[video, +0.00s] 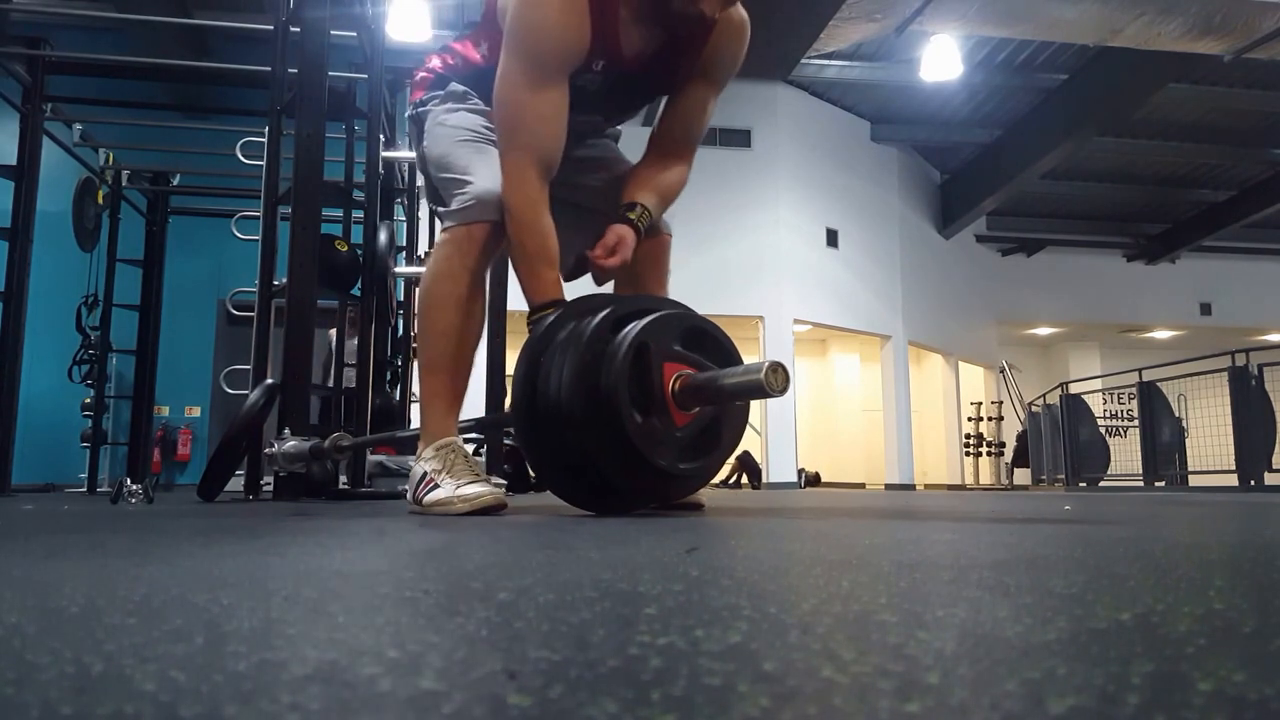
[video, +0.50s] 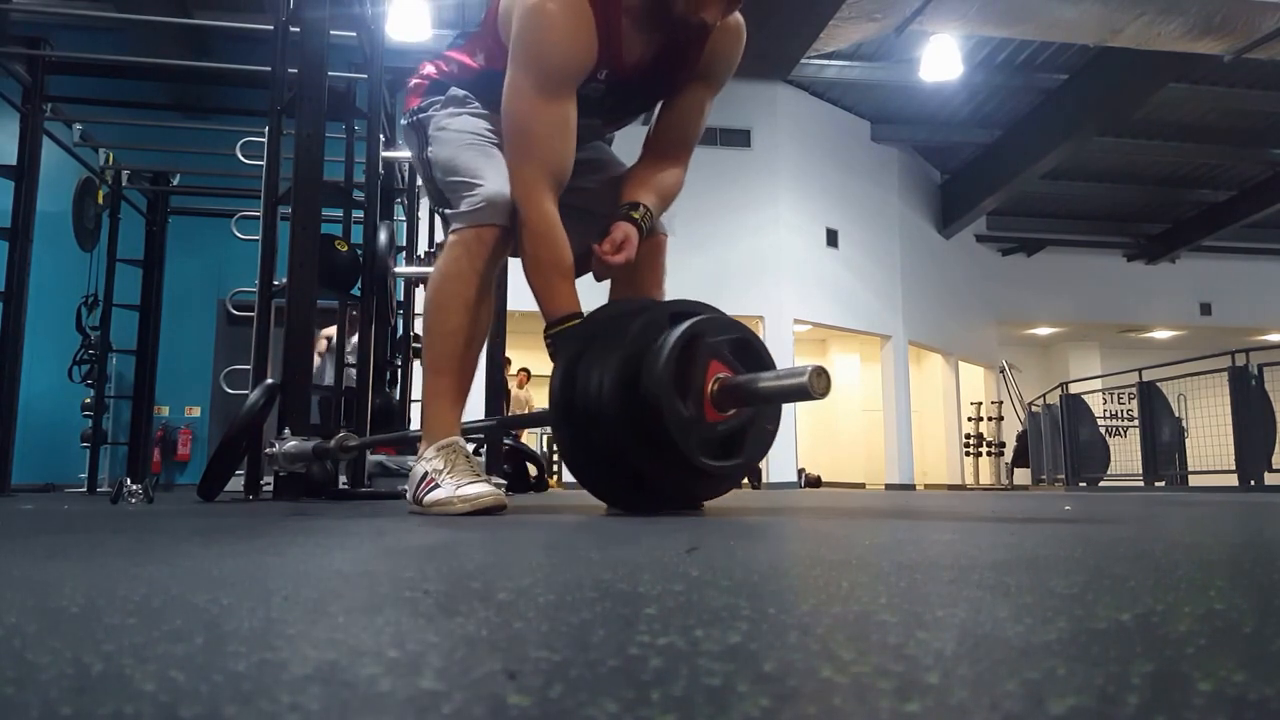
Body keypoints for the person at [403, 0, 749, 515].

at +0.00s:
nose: (717, 2)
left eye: (725, 1)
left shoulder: (727, 24)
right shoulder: (552, 10)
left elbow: (672, 153)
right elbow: (526, 168)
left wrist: (633, 217)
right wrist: (549, 321)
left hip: (579, 121)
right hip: (470, 95)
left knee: (650, 238)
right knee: (483, 211)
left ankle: (646, 455)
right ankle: (438, 454)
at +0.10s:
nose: (721, 5)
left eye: (730, 3)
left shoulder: (729, 27)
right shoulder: (557, 11)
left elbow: (673, 154)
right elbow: (531, 171)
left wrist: (635, 215)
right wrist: (554, 323)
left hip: (579, 122)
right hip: (471, 96)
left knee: (651, 237)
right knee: (488, 209)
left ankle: (646, 453)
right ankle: (438, 453)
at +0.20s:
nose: (722, 7)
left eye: (732, 3)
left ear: (740, 3)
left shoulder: (729, 29)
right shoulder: (558, 11)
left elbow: (672, 155)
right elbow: (533, 174)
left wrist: (635, 215)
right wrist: (558, 325)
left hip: (579, 122)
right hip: (471, 97)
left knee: (650, 238)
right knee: (490, 208)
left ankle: (647, 454)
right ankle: (439, 453)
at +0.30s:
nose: (722, 9)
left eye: (734, 3)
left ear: (742, 3)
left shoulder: (728, 31)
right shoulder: (559, 12)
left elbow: (671, 155)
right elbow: (535, 180)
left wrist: (635, 215)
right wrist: (561, 331)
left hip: (579, 124)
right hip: (471, 98)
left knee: (649, 238)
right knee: (490, 208)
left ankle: (646, 453)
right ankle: (439, 453)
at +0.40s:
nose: (720, 10)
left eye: (732, 3)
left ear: (739, 3)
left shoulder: (727, 31)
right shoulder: (558, 13)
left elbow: (670, 155)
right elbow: (535, 191)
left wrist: (634, 215)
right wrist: (566, 344)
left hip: (576, 121)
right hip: (468, 95)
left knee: (648, 240)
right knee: (490, 210)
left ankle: (643, 453)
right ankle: (439, 453)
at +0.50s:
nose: (718, 11)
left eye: (730, 3)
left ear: (738, 2)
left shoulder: (724, 32)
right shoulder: (558, 14)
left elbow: (668, 155)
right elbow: (536, 191)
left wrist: (634, 214)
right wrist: (570, 345)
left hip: (572, 122)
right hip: (464, 98)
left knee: (646, 238)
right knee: (491, 207)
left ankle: (641, 453)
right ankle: (440, 453)